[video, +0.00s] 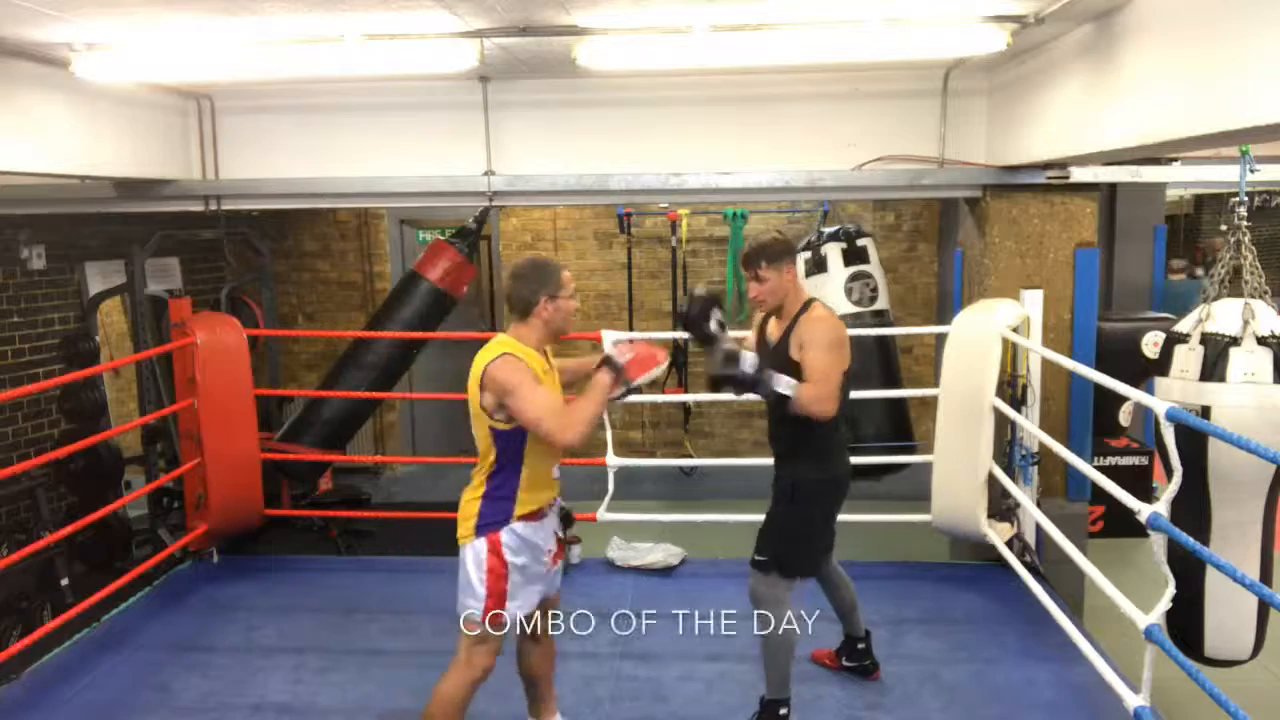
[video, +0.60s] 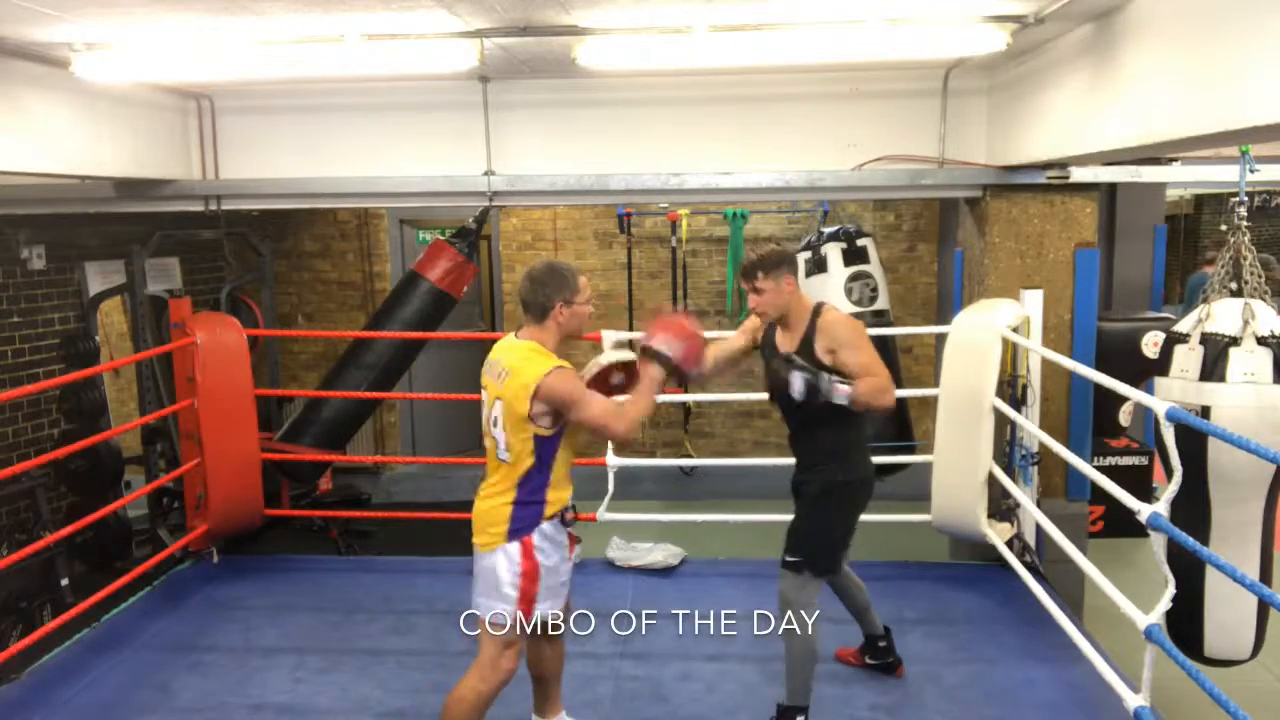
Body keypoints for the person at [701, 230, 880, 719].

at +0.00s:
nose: (752, 290)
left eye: (760, 280)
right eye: (749, 281)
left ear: (789, 274)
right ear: (754, 279)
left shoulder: (821, 324)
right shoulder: (768, 321)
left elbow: (822, 404)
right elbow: (749, 371)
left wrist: (764, 377)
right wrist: (715, 337)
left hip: (817, 474)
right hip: (794, 468)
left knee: (767, 587)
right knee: (819, 562)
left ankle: (776, 705)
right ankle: (858, 647)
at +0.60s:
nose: (752, 301)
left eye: (757, 292)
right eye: (748, 293)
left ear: (789, 284)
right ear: (758, 292)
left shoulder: (836, 328)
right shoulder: (764, 326)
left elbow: (883, 392)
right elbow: (707, 362)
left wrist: (830, 388)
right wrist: (677, 346)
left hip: (841, 474)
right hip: (810, 471)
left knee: (796, 589)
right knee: (829, 565)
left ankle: (794, 712)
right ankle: (880, 647)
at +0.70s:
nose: (749, 299)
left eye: (754, 287)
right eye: (747, 288)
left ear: (785, 280)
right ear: (775, 284)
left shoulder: (832, 324)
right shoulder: (779, 329)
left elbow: (886, 382)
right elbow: (738, 364)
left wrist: (841, 400)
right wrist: (715, 351)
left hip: (836, 473)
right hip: (817, 469)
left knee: (793, 587)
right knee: (833, 563)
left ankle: (793, 711)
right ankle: (880, 647)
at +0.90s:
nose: (753, 298)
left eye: (755, 288)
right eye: (750, 289)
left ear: (783, 280)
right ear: (790, 280)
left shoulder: (812, 318)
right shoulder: (819, 311)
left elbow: (806, 374)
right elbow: (802, 366)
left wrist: (741, 356)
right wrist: (760, 341)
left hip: (828, 474)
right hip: (850, 467)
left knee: (784, 588)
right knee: (846, 558)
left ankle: (790, 709)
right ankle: (883, 647)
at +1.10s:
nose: (734, 320)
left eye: (735, 309)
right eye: (730, 311)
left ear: (762, 296)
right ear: (765, 296)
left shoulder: (799, 346)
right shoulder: (807, 323)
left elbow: (780, 424)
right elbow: (765, 393)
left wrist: (744, 404)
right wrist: (747, 369)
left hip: (832, 481)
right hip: (853, 471)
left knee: (785, 592)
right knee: (844, 561)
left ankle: (791, 711)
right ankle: (882, 646)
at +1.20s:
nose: (731, 321)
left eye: (733, 310)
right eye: (727, 312)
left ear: (761, 299)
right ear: (763, 299)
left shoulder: (803, 350)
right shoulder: (793, 327)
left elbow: (818, 436)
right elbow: (773, 383)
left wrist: (759, 437)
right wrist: (737, 391)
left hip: (827, 480)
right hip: (844, 470)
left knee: (778, 593)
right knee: (846, 561)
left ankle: (789, 711)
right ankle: (883, 647)